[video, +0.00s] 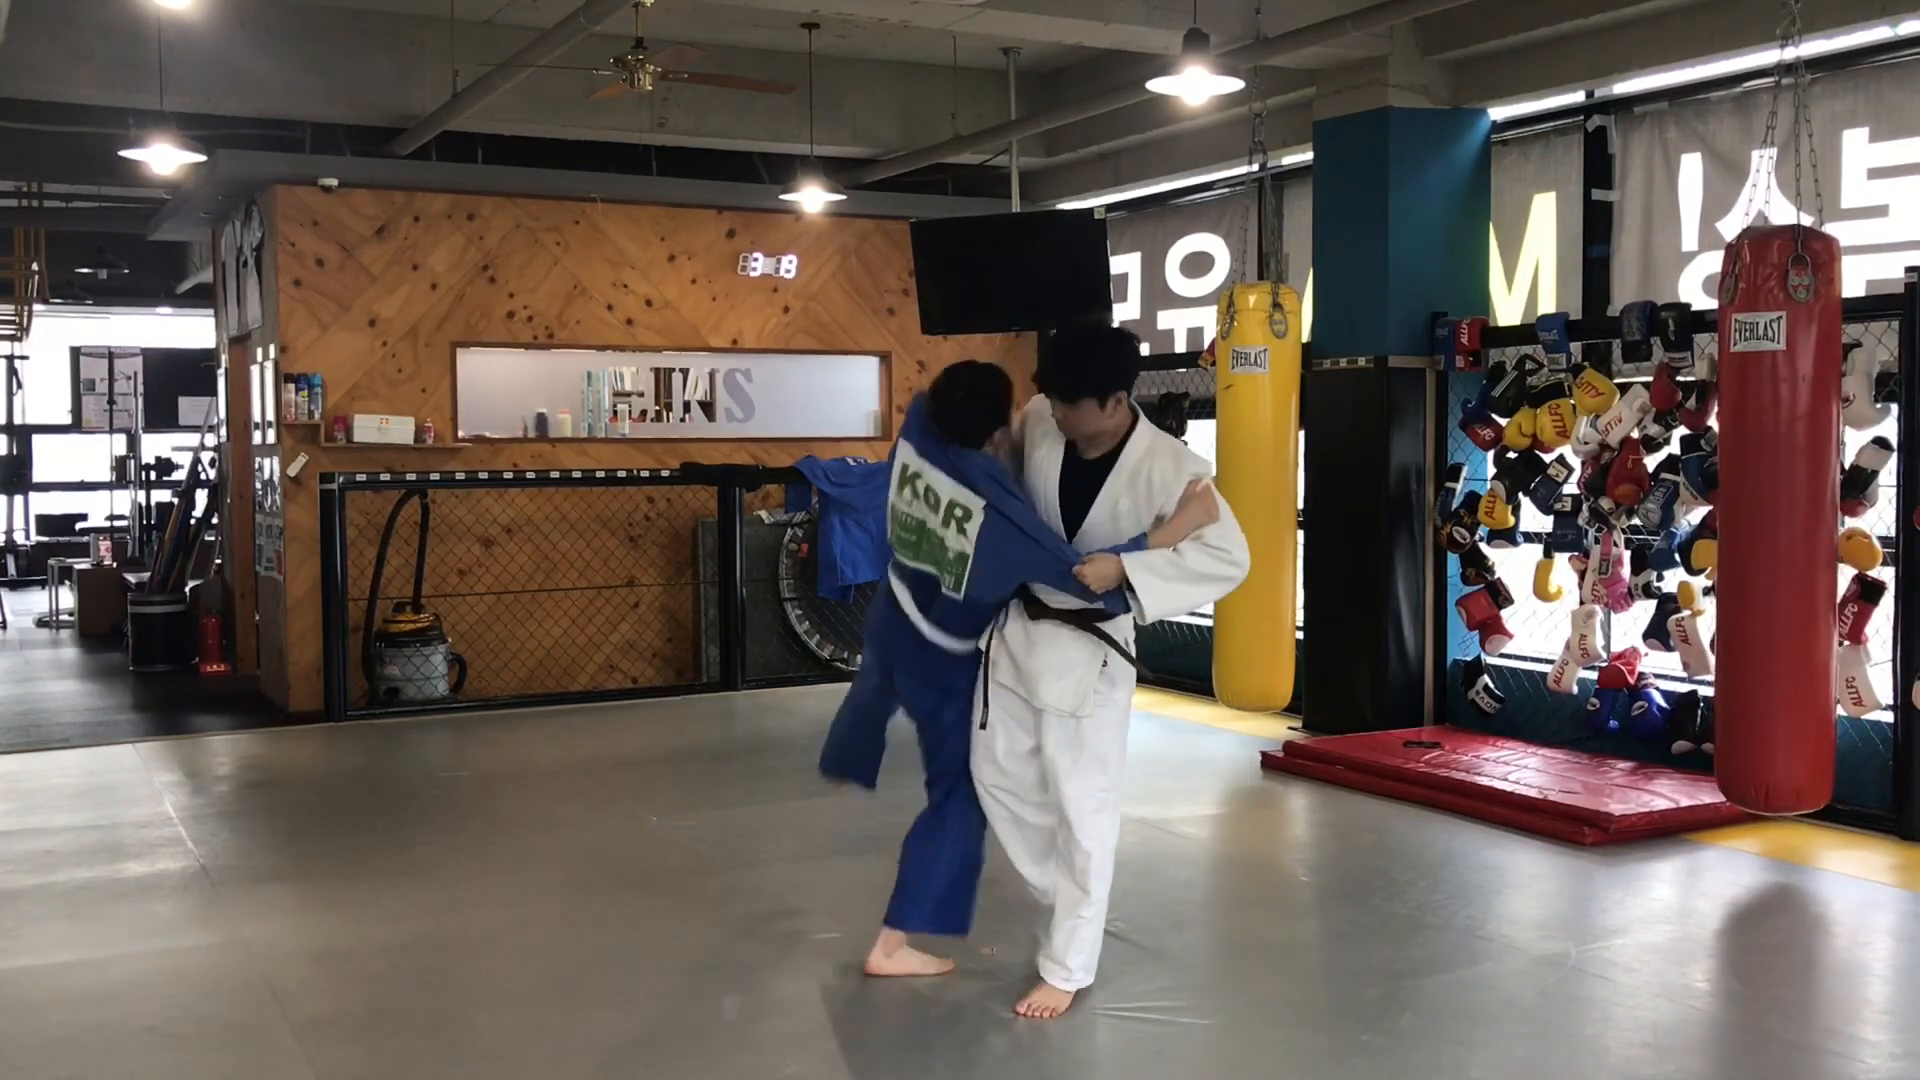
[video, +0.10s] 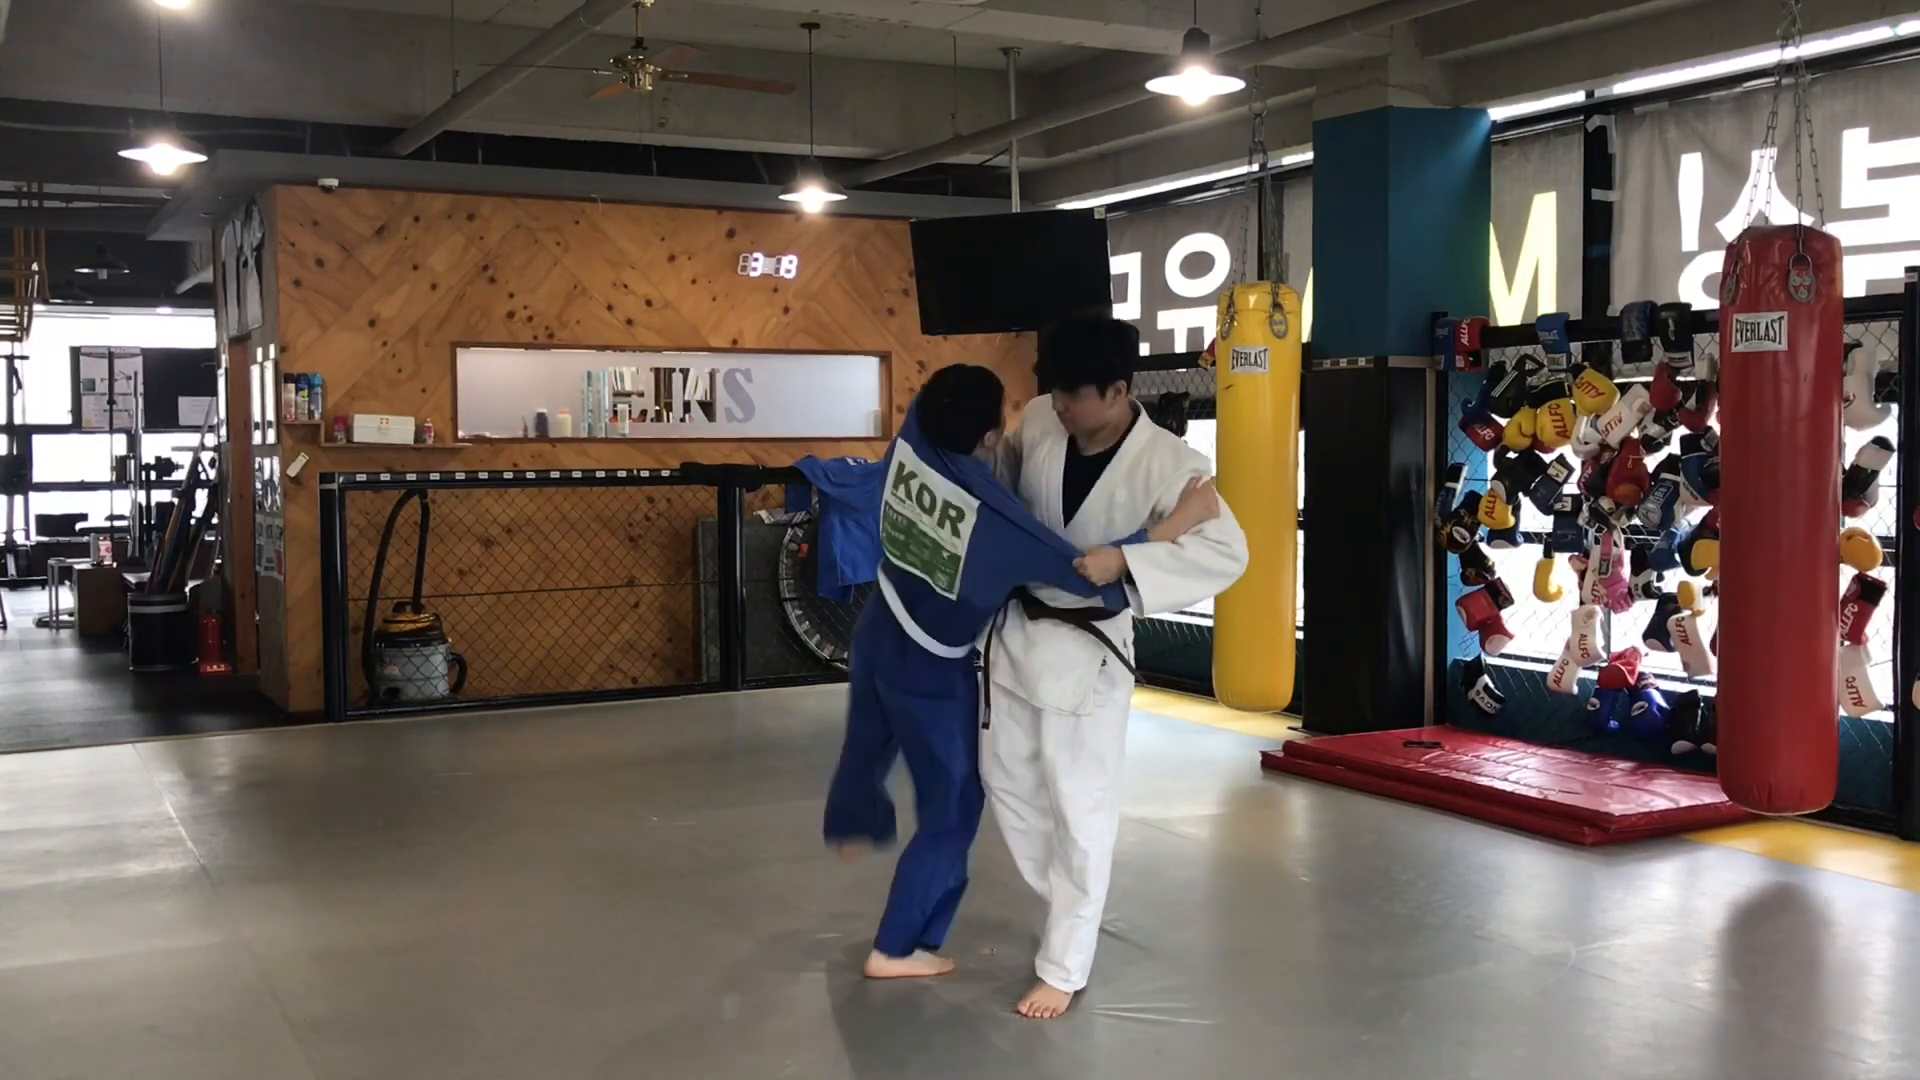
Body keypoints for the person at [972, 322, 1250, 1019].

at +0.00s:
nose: (1056, 414)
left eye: (1067, 405)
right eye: (1053, 401)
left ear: (1112, 402)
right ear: (1052, 393)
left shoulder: (1165, 463)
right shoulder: (1040, 422)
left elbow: (1228, 555)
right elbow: (988, 474)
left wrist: (1128, 565)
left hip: (1089, 652)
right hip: (1012, 633)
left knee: (1081, 810)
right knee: (997, 776)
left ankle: (1068, 967)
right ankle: (1069, 895)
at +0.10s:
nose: (1058, 407)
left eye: (1069, 396)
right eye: (1055, 394)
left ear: (1116, 391)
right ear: (1054, 387)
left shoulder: (1164, 460)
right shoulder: (1039, 420)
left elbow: (1227, 550)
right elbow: (992, 479)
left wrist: (1129, 559)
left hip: (1086, 652)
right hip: (1008, 635)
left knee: (1079, 812)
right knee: (1010, 790)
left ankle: (1063, 971)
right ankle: (1071, 899)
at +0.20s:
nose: (1059, 396)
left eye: (1071, 387)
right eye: (1057, 384)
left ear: (1118, 385)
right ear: (1056, 379)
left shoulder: (1164, 458)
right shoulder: (1038, 421)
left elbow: (1218, 550)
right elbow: (986, 487)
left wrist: (1121, 548)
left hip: (1088, 649)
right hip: (1011, 632)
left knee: (1077, 811)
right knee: (1018, 791)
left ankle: (1062, 970)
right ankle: (1095, 873)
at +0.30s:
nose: (1063, 391)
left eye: (1075, 381)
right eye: (1060, 378)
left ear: (1120, 380)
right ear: (1058, 374)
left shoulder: (1161, 452)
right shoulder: (1040, 419)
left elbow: (1208, 546)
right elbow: (980, 467)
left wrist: (1113, 536)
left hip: (1098, 642)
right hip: (1029, 631)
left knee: (1082, 807)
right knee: (1040, 794)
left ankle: (1066, 969)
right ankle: (1121, 867)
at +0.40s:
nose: (1060, 391)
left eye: (1070, 380)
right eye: (1056, 378)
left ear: (1116, 376)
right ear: (1087, 377)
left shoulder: (1161, 450)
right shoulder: (1048, 426)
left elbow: (1195, 541)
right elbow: (977, 461)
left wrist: (1102, 523)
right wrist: (911, 437)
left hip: (1107, 636)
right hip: (1041, 627)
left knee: (1088, 807)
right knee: (1067, 786)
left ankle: (1066, 968)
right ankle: (1134, 872)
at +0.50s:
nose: (1067, 401)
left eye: (1078, 388)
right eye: (1061, 390)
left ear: (1119, 380)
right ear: (1062, 387)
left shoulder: (1165, 452)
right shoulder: (1057, 435)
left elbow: (1184, 538)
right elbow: (993, 459)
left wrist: (1091, 509)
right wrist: (947, 436)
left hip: (1119, 640)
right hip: (1057, 634)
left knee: (1093, 800)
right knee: (1080, 785)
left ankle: (1067, 968)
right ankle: (1148, 882)